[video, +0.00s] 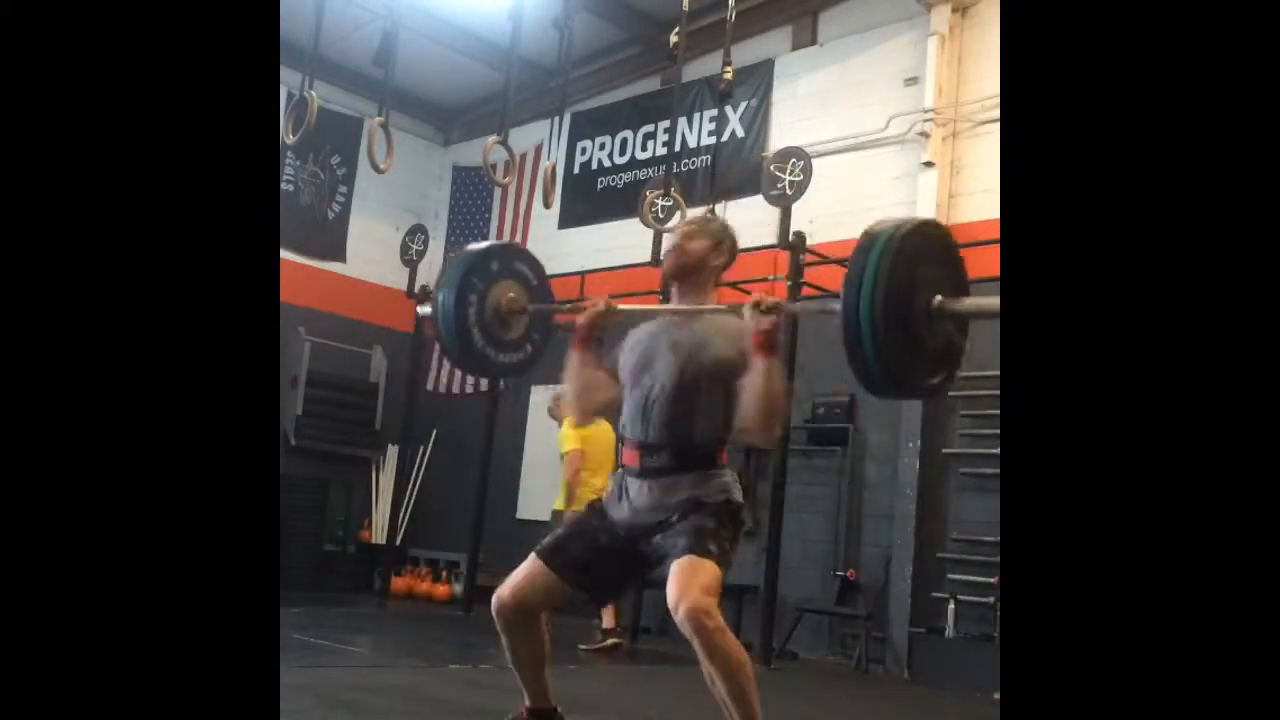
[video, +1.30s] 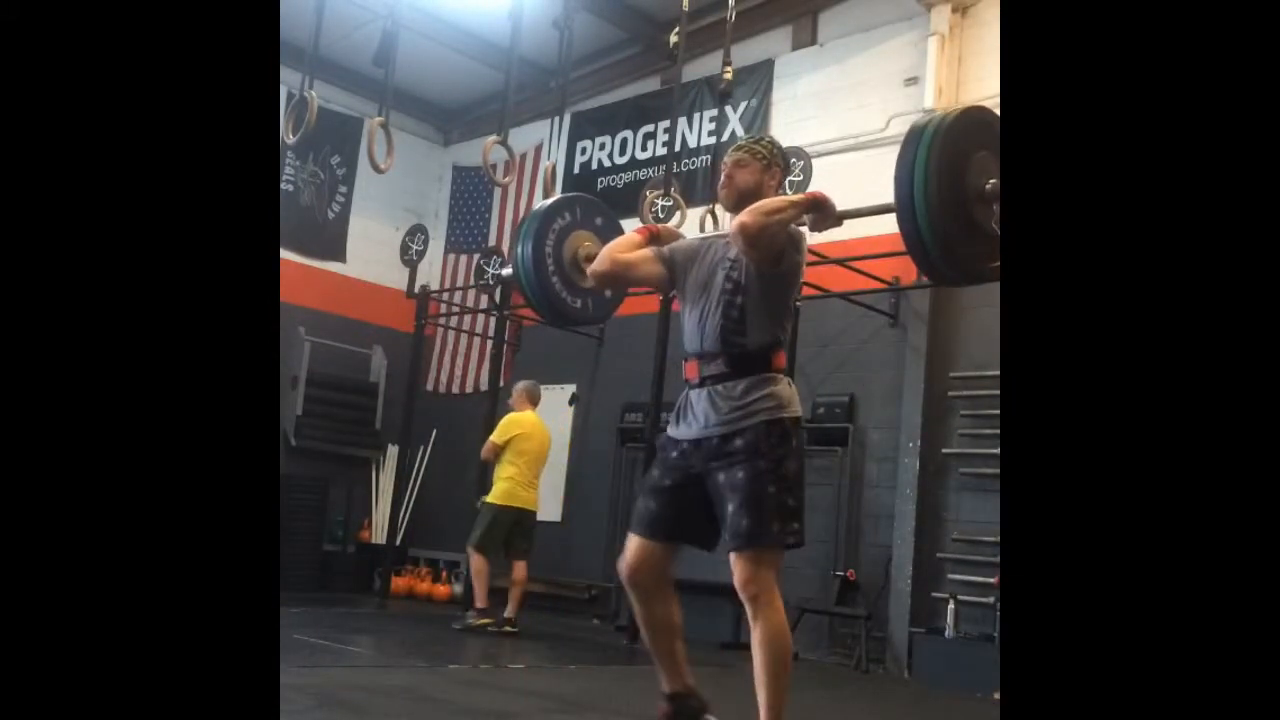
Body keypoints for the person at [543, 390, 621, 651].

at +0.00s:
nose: (556, 420)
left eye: (555, 413)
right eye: (554, 414)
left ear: (563, 408)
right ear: (587, 403)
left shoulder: (570, 427)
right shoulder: (606, 427)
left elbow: (574, 466)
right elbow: (610, 466)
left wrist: (569, 504)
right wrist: (602, 492)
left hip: (575, 506)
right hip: (603, 504)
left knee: (548, 564)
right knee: (603, 563)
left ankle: (538, 623)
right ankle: (609, 626)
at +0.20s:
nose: (539, 414)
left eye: (538, 409)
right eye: (538, 409)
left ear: (545, 403)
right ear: (560, 399)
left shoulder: (551, 423)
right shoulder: (591, 422)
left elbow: (541, 465)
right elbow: (601, 464)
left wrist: (529, 502)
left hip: (553, 503)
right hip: (584, 507)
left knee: (547, 570)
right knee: (578, 562)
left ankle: (539, 625)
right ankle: (598, 606)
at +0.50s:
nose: (531, 407)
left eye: (531, 404)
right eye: (532, 404)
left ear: (536, 400)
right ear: (555, 398)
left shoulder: (533, 420)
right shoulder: (580, 424)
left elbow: (507, 464)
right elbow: (591, 467)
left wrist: (496, 487)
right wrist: (587, 500)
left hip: (536, 502)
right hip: (568, 505)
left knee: (539, 565)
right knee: (559, 565)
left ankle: (541, 626)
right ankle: (560, 623)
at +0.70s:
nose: (527, 407)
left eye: (527, 403)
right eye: (529, 403)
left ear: (531, 401)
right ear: (551, 401)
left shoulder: (525, 423)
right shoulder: (573, 430)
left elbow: (501, 461)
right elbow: (583, 468)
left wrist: (513, 467)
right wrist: (584, 503)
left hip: (529, 500)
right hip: (557, 505)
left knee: (533, 561)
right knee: (537, 562)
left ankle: (538, 623)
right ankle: (520, 614)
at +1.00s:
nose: (520, 404)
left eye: (521, 400)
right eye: (522, 401)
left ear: (525, 400)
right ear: (545, 401)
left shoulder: (516, 420)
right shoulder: (559, 433)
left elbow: (494, 455)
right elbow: (560, 475)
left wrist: (516, 455)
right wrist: (552, 496)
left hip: (515, 499)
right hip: (542, 503)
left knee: (507, 555)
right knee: (526, 562)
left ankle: (527, 606)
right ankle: (510, 615)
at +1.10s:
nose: (518, 402)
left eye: (519, 398)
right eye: (519, 398)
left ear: (524, 398)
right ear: (543, 401)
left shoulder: (516, 419)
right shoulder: (554, 431)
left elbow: (491, 454)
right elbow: (553, 465)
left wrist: (512, 459)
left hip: (511, 499)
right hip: (537, 503)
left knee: (491, 552)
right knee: (522, 559)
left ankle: (516, 599)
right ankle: (512, 613)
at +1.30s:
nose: (510, 400)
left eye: (513, 396)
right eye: (512, 395)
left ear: (523, 398)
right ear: (533, 400)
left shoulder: (513, 419)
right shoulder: (544, 430)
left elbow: (486, 452)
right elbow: (532, 466)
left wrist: (508, 458)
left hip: (502, 497)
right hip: (529, 503)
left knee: (476, 549)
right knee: (520, 559)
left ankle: (480, 610)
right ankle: (510, 617)